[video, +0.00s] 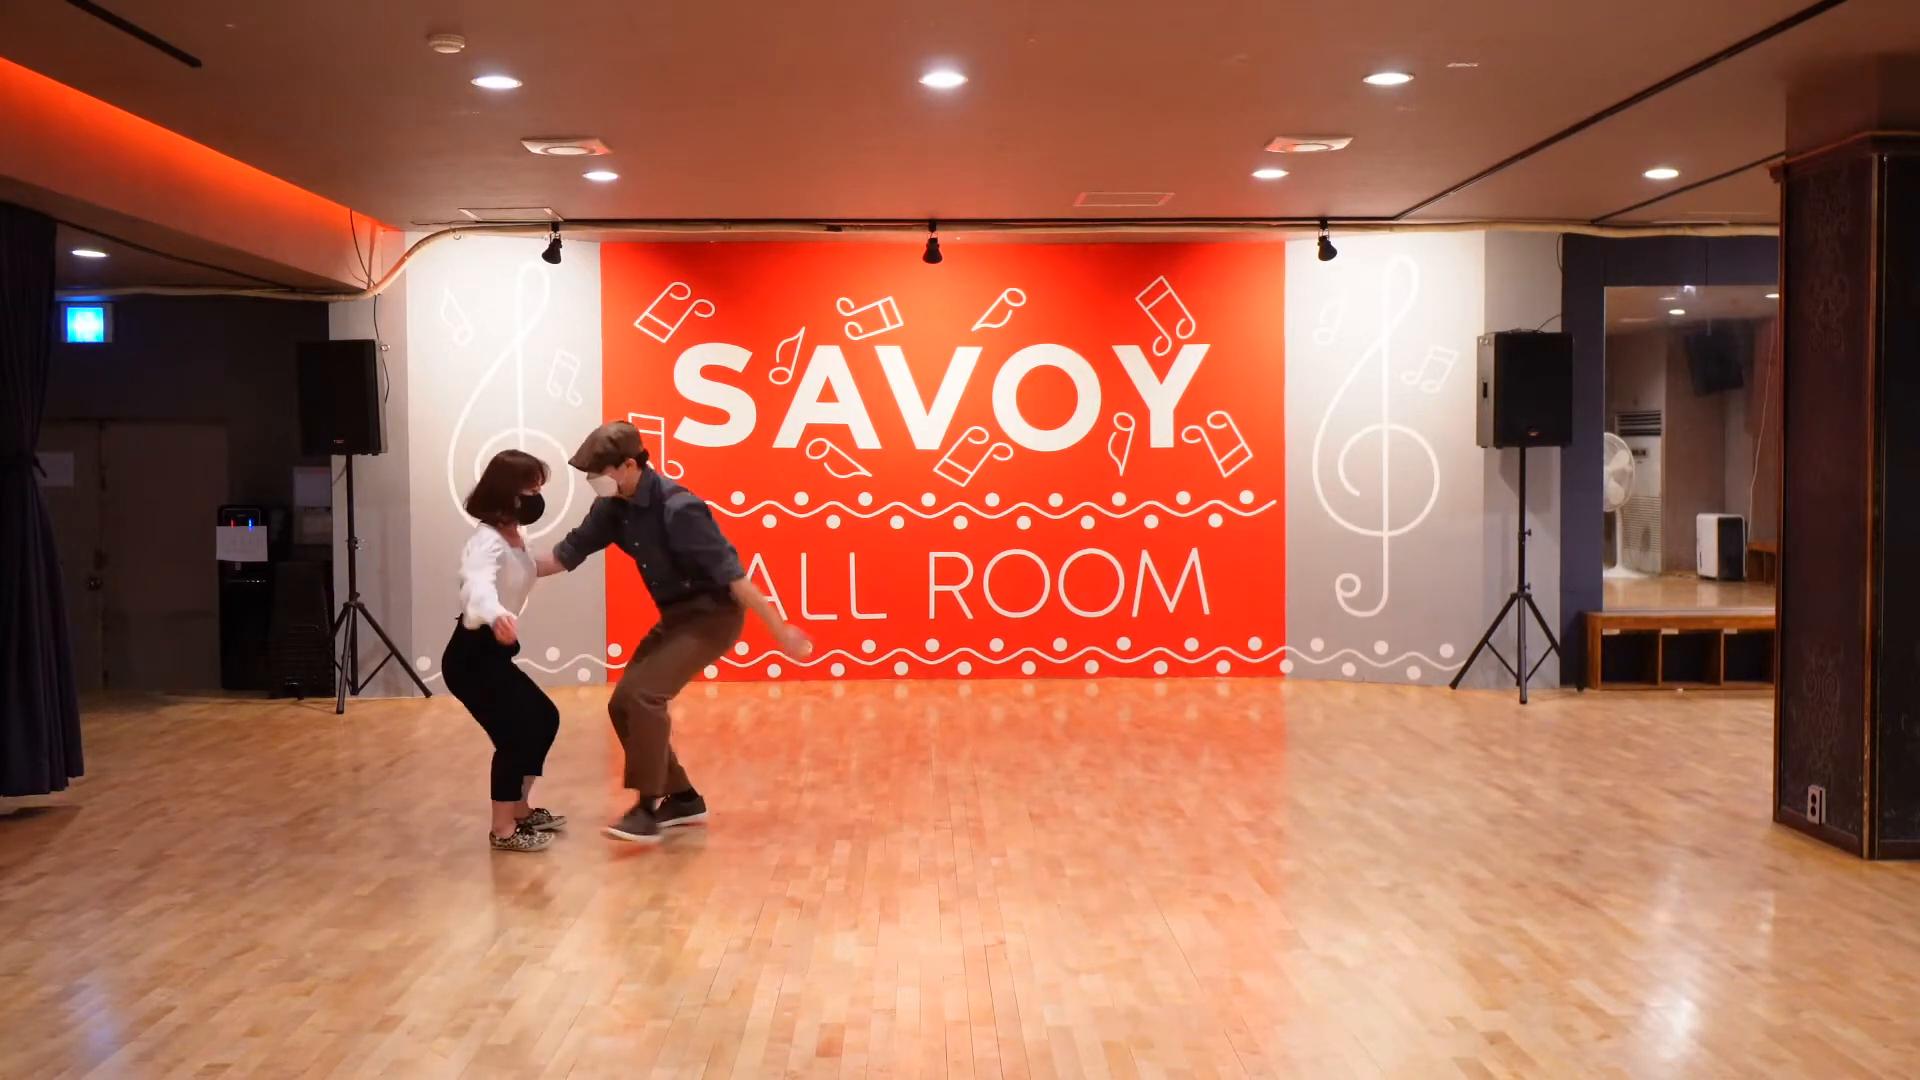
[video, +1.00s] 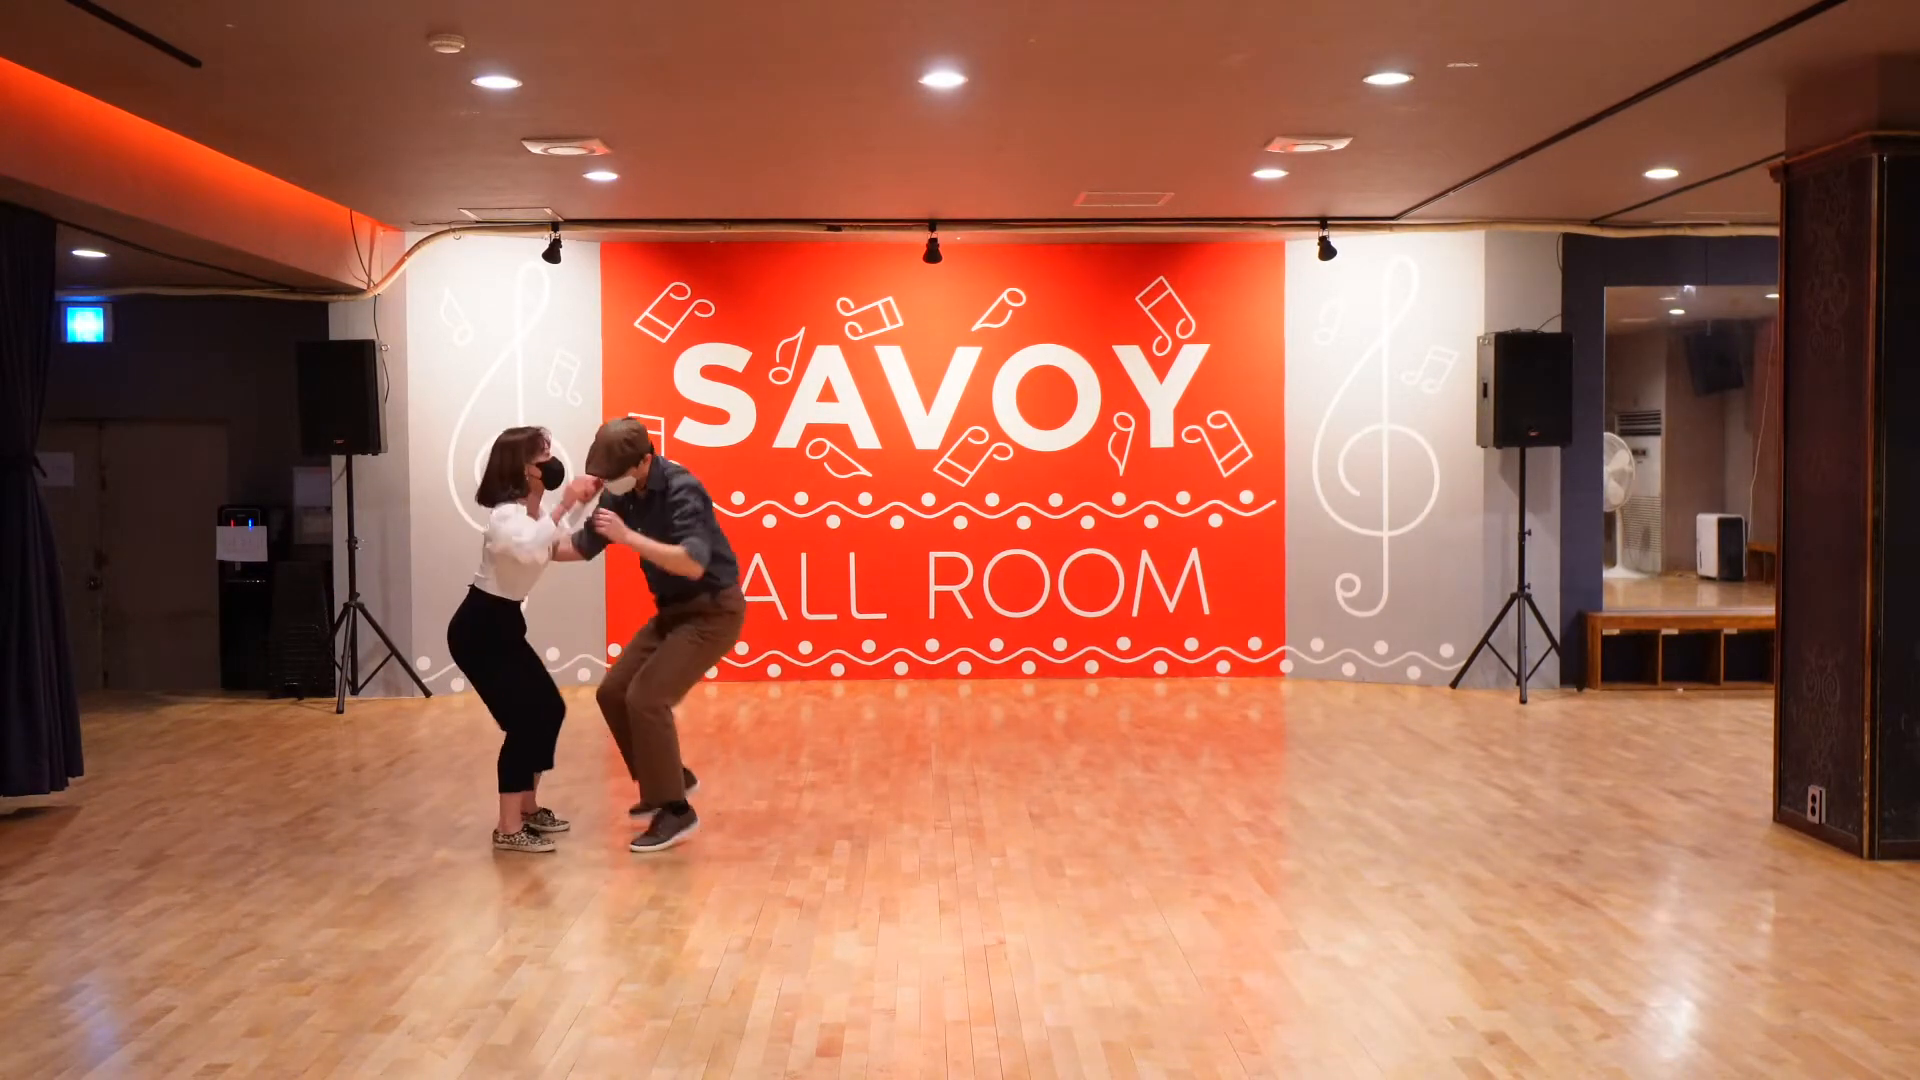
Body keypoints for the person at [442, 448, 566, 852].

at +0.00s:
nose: (537, 497)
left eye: (538, 491)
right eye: (532, 490)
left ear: (508, 495)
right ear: (511, 494)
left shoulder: (512, 536)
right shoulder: (485, 541)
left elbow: (521, 571)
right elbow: (478, 588)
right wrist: (496, 615)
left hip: (492, 654)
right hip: (470, 660)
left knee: (544, 718)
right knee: (512, 733)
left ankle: (521, 810)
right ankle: (502, 829)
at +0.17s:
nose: (552, 499)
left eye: (551, 492)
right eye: (546, 493)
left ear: (512, 497)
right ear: (529, 500)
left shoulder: (519, 544)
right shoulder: (506, 543)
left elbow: (527, 568)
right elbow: (490, 572)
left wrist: (553, 564)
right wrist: (489, 595)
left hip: (480, 655)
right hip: (461, 660)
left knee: (546, 717)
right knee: (534, 726)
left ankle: (523, 814)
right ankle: (509, 829)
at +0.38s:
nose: (564, 501)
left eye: (562, 494)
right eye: (559, 494)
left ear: (518, 499)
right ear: (543, 504)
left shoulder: (520, 551)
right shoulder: (506, 556)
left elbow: (508, 612)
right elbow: (489, 626)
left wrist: (540, 573)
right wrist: (480, 691)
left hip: (477, 646)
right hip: (458, 654)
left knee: (537, 714)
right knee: (528, 722)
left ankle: (521, 813)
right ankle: (510, 827)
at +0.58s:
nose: (554, 483)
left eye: (551, 476)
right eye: (547, 477)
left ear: (517, 491)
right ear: (529, 490)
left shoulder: (524, 541)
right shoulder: (507, 547)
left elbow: (521, 593)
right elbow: (491, 614)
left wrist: (538, 625)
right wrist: (480, 678)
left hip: (482, 639)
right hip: (460, 647)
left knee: (532, 711)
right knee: (516, 722)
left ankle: (518, 810)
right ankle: (504, 829)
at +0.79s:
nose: (545, 474)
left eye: (545, 467)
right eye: (538, 468)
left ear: (536, 473)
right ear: (518, 474)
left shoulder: (537, 511)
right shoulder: (502, 516)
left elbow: (557, 520)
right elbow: (513, 534)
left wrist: (586, 515)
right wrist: (535, 532)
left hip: (491, 629)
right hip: (466, 631)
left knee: (530, 711)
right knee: (507, 722)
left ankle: (521, 814)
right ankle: (504, 829)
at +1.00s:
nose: (553, 463)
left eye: (550, 454)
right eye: (544, 457)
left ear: (527, 469)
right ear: (524, 467)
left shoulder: (538, 514)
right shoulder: (506, 515)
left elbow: (568, 541)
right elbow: (529, 550)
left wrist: (588, 508)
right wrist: (565, 506)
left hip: (505, 626)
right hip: (479, 629)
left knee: (550, 708)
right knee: (523, 720)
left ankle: (526, 810)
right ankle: (508, 829)